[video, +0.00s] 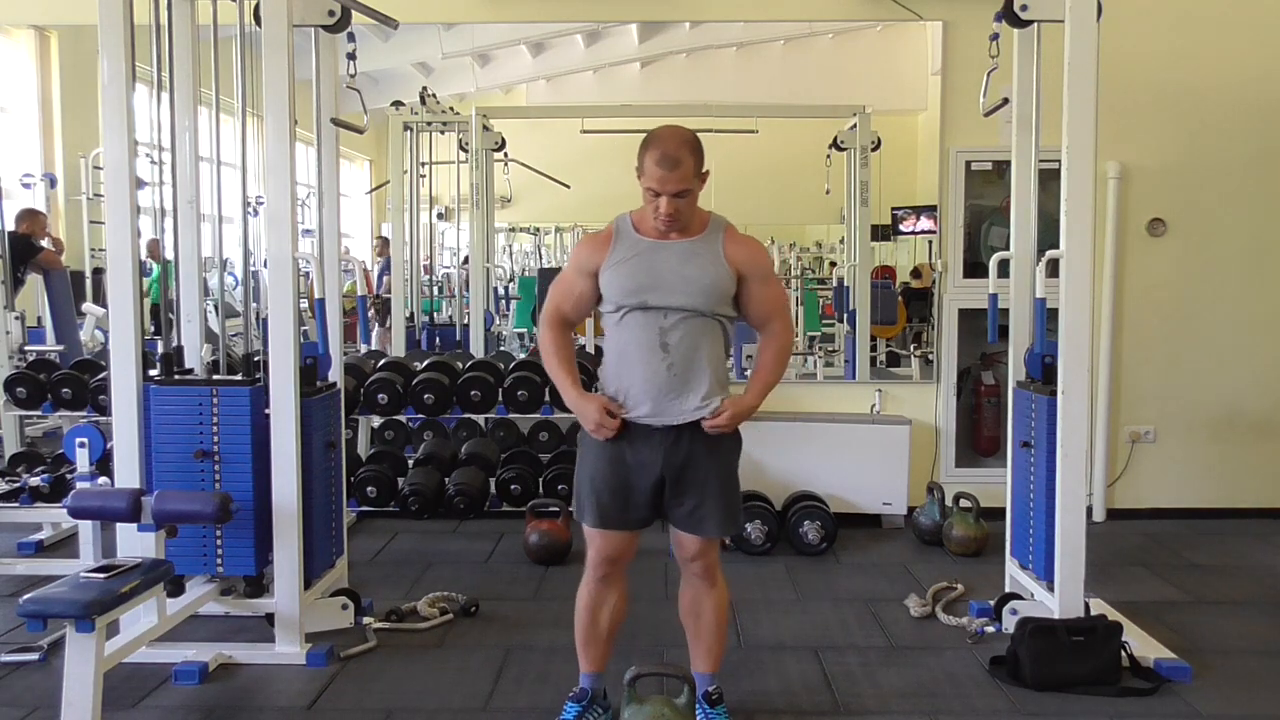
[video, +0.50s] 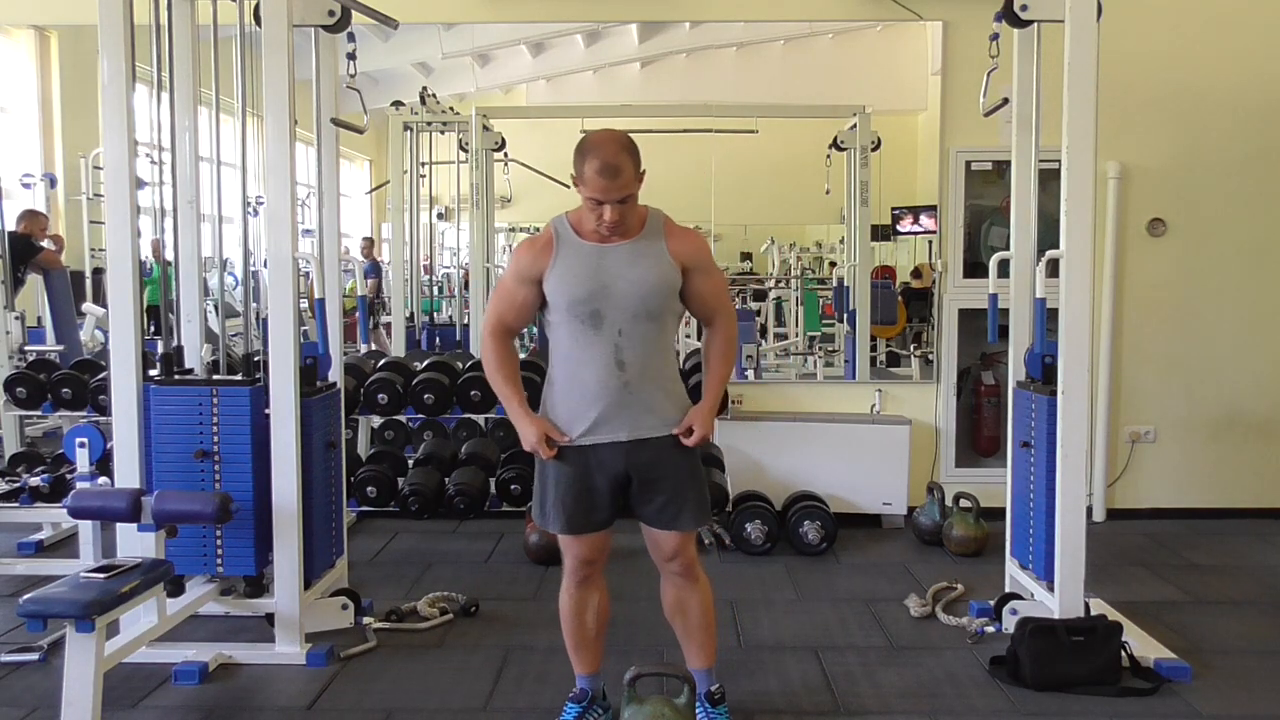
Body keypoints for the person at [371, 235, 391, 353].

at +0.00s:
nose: (374, 249)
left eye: (377, 246)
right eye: (374, 246)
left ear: (385, 247)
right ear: (382, 248)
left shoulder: (387, 262)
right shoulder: (383, 263)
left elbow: (387, 284)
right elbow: (384, 284)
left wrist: (377, 301)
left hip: (385, 308)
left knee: (378, 341)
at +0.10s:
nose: (372, 250)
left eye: (375, 247)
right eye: (372, 247)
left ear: (382, 247)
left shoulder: (385, 262)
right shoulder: (382, 263)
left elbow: (385, 284)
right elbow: (382, 284)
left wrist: (376, 301)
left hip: (384, 301)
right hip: (383, 301)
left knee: (375, 332)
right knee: (386, 334)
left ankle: (374, 356)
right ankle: (389, 357)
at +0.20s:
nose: (370, 250)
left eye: (373, 247)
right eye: (369, 247)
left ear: (379, 247)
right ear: (370, 247)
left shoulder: (383, 263)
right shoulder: (379, 263)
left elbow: (383, 285)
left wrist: (375, 300)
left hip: (381, 302)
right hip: (383, 302)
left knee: (372, 333)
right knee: (386, 335)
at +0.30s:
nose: (367, 251)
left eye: (370, 248)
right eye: (367, 248)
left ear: (378, 248)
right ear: (366, 249)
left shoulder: (380, 265)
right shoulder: (375, 265)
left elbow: (380, 286)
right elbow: (370, 282)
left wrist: (372, 304)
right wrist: (365, 272)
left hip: (378, 299)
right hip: (377, 299)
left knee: (371, 333)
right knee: (384, 335)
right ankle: (391, 359)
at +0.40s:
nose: (365, 251)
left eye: (368, 248)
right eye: (364, 248)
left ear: (375, 249)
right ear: (363, 248)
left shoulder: (376, 264)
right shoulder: (371, 264)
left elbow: (376, 287)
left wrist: (368, 304)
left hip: (376, 300)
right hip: (375, 300)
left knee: (369, 333)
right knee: (380, 334)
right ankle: (390, 358)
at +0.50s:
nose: (362, 251)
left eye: (365, 248)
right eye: (361, 248)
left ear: (372, 249)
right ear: (360, 248)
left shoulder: (373, 265)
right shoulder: (367, 265)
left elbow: (372, 290)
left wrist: (361, 309)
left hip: (373, 302)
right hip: (369, 302)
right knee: (377, 332)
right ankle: (389, 356)